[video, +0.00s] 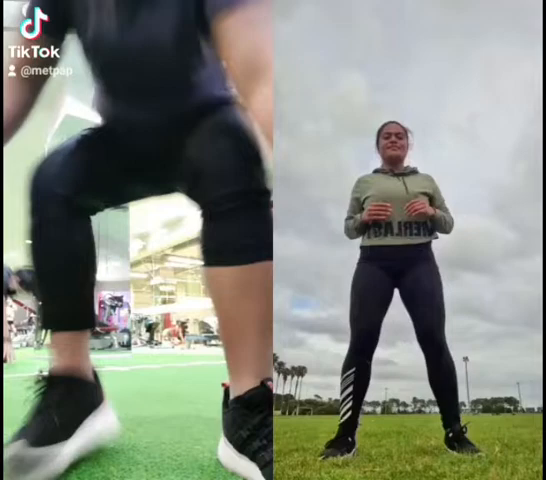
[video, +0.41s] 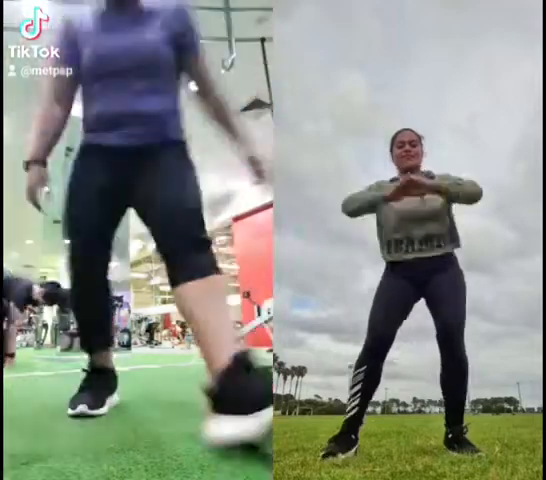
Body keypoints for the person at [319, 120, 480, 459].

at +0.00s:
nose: (394, 140)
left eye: (399, 136)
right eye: (387, 136)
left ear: (409, 145)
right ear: (378, 146)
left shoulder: (426, 182)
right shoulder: (364, 183)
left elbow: (447, 224)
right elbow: (349, 229)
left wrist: (431, 212)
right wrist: (364, 217)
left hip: (418, 263)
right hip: (373, 265)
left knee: (434, 342)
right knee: (361, 344)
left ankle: (455, 434)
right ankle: (345, 437)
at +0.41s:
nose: (407, 148)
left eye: (413, 144)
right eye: (400, 145)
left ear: (423, 151)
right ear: (392, 156)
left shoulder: (440, 181)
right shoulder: (382, 188)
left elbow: (474, 193)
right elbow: (349, 206)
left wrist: (432, 186)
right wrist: (389, 194)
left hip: (442, 270)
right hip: (399, 273)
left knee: (453, 345)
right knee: (375, 345)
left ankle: (455, 435)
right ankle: (348, 435)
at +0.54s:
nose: (417, 158)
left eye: (423, 153)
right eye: (411, 154)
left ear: (434, 160)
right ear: (401, 164)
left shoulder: (455, 194)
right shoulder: (389, 201)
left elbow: (491, 178)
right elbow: (352, 197)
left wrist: (447, 182)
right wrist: (397, 192)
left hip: (452, 281)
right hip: (409, 284)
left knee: (457, 349)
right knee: (406, 357)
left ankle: (456, 433)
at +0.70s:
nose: (429, 177)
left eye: (434, 172)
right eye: (422, 174)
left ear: (445, 179)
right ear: (412, 184)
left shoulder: (467, 214)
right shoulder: (400, 217)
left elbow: (506, 196)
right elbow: (365, 202)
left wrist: (459, 199)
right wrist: (415, 203)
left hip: (461, 298)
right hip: (419, 303)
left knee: (458, 341)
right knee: (435, 388)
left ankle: (456, 434)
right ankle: (459, 417)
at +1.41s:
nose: (427, 166)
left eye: (433, 161)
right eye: (420, 162)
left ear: (443, 167)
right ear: (411, 170)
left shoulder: (464, 205)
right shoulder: (401, 209)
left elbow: (506, 197)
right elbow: (361, 204)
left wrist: (455, 194)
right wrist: (409, 198)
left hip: (458, 287)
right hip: (416, 289)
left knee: (467, 343)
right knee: (413, 372)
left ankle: (460, 430)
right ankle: (442, 399)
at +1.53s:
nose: (414, 162)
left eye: (420, 156)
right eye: (406, 158)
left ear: (431, 162)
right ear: (398, 167)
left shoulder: (450, 199)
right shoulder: (389, 206)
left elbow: (489, 195)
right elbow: (345, 207)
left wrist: (438, 187)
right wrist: (393, 196)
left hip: (449, 286)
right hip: (404, 285)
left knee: (465, 340)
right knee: (366, 332)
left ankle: (458, 433)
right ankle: (357, 420)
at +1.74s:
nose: (400, 196)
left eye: (407, 190)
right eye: (393, 191)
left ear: (419, 196)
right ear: (384, 200)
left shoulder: (436, 239)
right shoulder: (373, 240)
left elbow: (473, 236)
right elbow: (328, 243)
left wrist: (420, 221)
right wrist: (381, 226)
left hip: (428, 324)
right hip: (380, 323)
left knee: (463, 340)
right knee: (338, 341)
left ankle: (457, 434)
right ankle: (330, 437)